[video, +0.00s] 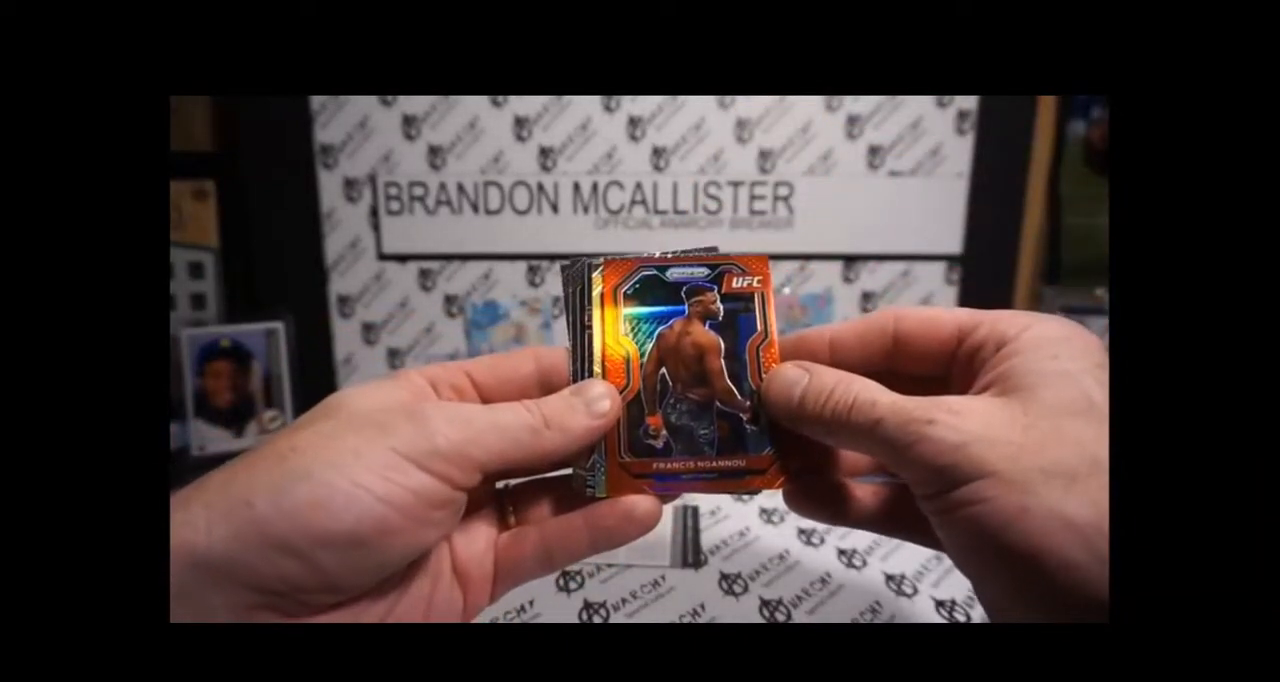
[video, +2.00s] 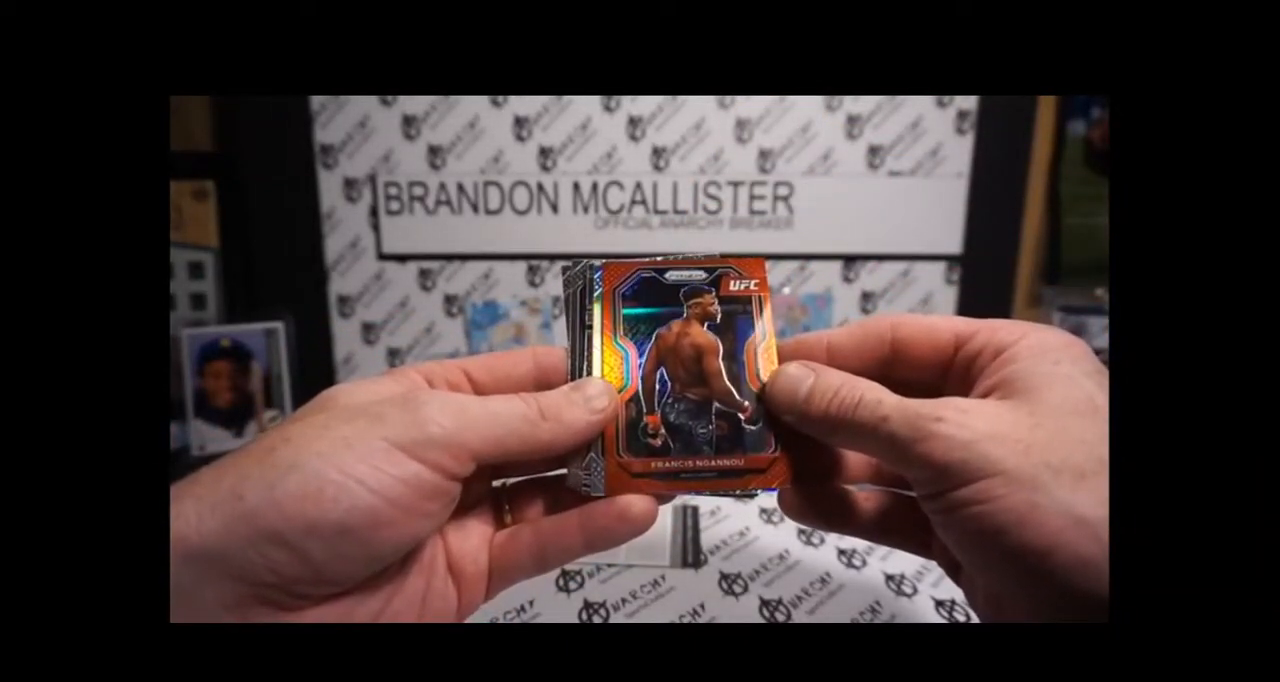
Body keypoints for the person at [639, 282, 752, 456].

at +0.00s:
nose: (720, 307)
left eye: (719, 301)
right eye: (714, 302)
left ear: (694, 307)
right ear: (696, 306)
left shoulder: (665, 333)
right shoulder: (709, 340)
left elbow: (649, 373)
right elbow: (721, 388)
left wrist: (651, 413)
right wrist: (745, 408)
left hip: (673, 407)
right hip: (699, 413)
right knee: (701, 474)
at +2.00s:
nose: (718, 308)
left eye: (716, 303)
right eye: (713, 304)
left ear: (693, 309)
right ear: (694, 308)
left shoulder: (663, 334)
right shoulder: (708, 341)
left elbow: (648, 374)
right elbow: (720, 389)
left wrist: (650, 413)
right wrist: (743, 407)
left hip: (671, 407)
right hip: (698, 412)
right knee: (702, 474)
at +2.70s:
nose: (718, 305)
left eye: (716, 301)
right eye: (712, 302)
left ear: (693, 307)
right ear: (694, 307)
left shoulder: (664, 334)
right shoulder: (707, 339)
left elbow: (648, 375)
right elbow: (721, 388)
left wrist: (652, 415)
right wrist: (745, 407)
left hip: (672, 407)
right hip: (699, 412)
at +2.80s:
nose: (735, 288)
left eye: (732, 283)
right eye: (728, 284)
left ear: (711, 292)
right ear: (712, 291)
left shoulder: (685, 323)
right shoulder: (731, 321)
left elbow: (674, 364)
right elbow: (747, 366)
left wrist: (680, 401)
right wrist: (773, 384)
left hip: (704, 390)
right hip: (731, 391)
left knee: (716, 452)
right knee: (741, 452)